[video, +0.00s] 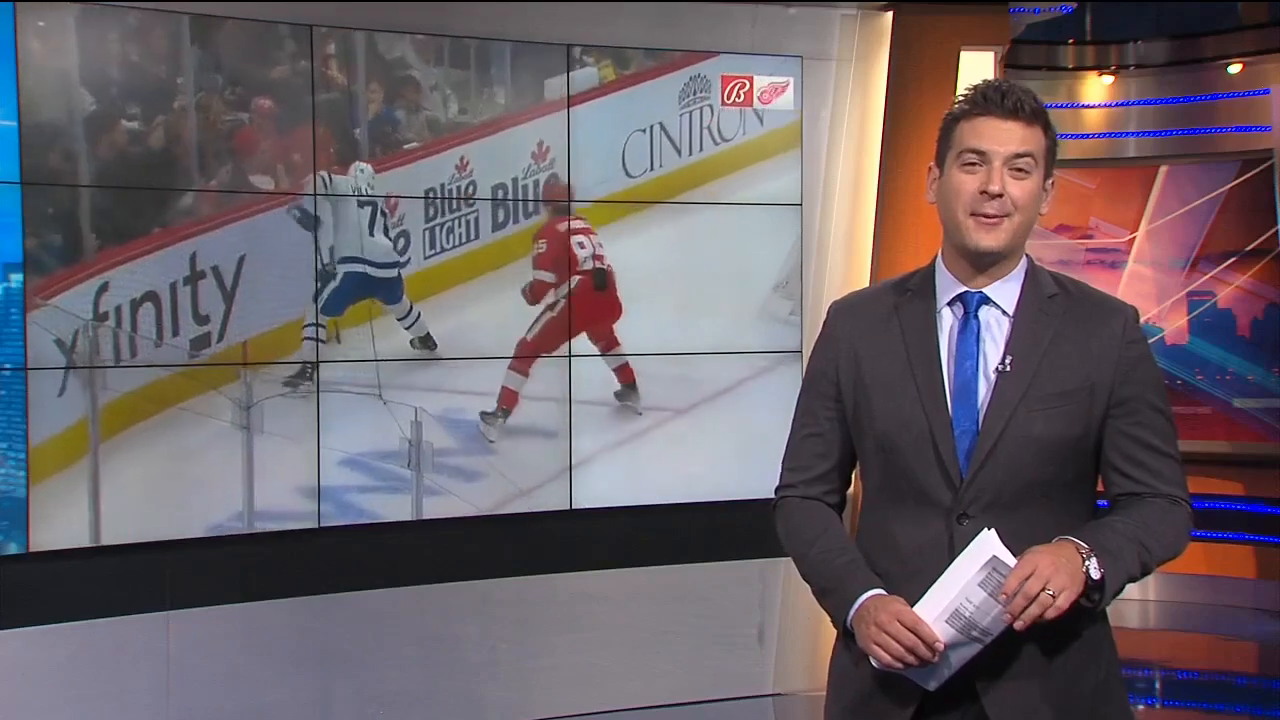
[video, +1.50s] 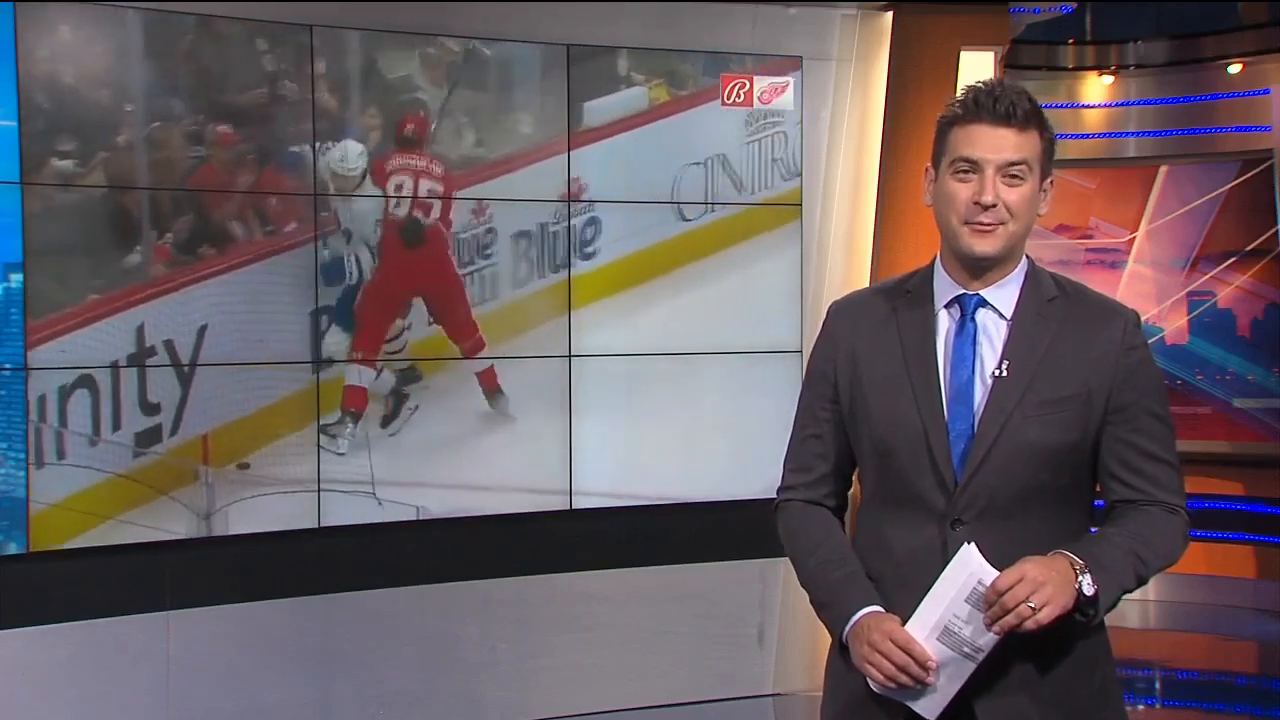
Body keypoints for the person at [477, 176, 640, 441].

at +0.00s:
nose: (543, 209)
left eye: (544, 204)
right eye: (546, 204)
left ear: (547, 206)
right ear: (570, 203)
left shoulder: (548, 233)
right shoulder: (586, 226)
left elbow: (543, 284)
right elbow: (594, 267)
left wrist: (528, 293)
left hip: (575, 305)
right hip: (609, 301)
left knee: (526, 349)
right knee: (601, 333)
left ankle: (501, 412)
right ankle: (629, 387)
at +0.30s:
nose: (504, 209)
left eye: (506, 204)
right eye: (505, 204)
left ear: (510, 205)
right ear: (535, 204)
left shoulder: (509, 230)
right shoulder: (546, 227)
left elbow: (492, 284)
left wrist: (469, 276)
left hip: (538, 302)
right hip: (570, 300)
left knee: (486, 343)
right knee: (564, 338)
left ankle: (463, 415)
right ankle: (597, 385)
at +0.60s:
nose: (470, 205)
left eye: (470, 200)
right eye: (475, 200)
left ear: (470, 202)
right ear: (494, 201)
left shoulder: (464, 231)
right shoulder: (509, 225)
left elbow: (435, 281)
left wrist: (424, 255)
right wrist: (442, 250)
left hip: (499, 312)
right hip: (534, 307)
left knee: (445, 349)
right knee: (529, 344)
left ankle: (424, 423)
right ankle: (562, 386)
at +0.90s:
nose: (427, 199)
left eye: (428, 195)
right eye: (430, 195)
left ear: (430, 196)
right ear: (456, 195)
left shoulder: (420, 225)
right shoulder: (477, 221)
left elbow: (393, 266)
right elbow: (483, 260)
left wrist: (395, 238)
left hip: (463, 310)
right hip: (498, 305)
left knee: (406, 353)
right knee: (491, 343)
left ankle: (386, 433)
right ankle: (529, 390)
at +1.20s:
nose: (421, 177)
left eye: (411, 171)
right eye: (425, 172)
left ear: (402, 172)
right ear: (431, 172)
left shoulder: (387, 203)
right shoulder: (450, 205)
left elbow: (375, 260)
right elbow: (454, 247)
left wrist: (374, 227)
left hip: (424, 298)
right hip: (465, 292)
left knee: (373, 351)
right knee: (468, 340)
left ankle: (357, 434)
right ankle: (509, 393)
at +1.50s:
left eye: (403, 129)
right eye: (421, 129)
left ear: (396, 134)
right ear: (428, 135)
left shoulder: (387, 164)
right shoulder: (442, 172)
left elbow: (375, 179)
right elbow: (446, 222)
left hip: (395, 264)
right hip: (436, 262)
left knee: (368, 331)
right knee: (463, 328)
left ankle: (350, 419)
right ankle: (495, 395)